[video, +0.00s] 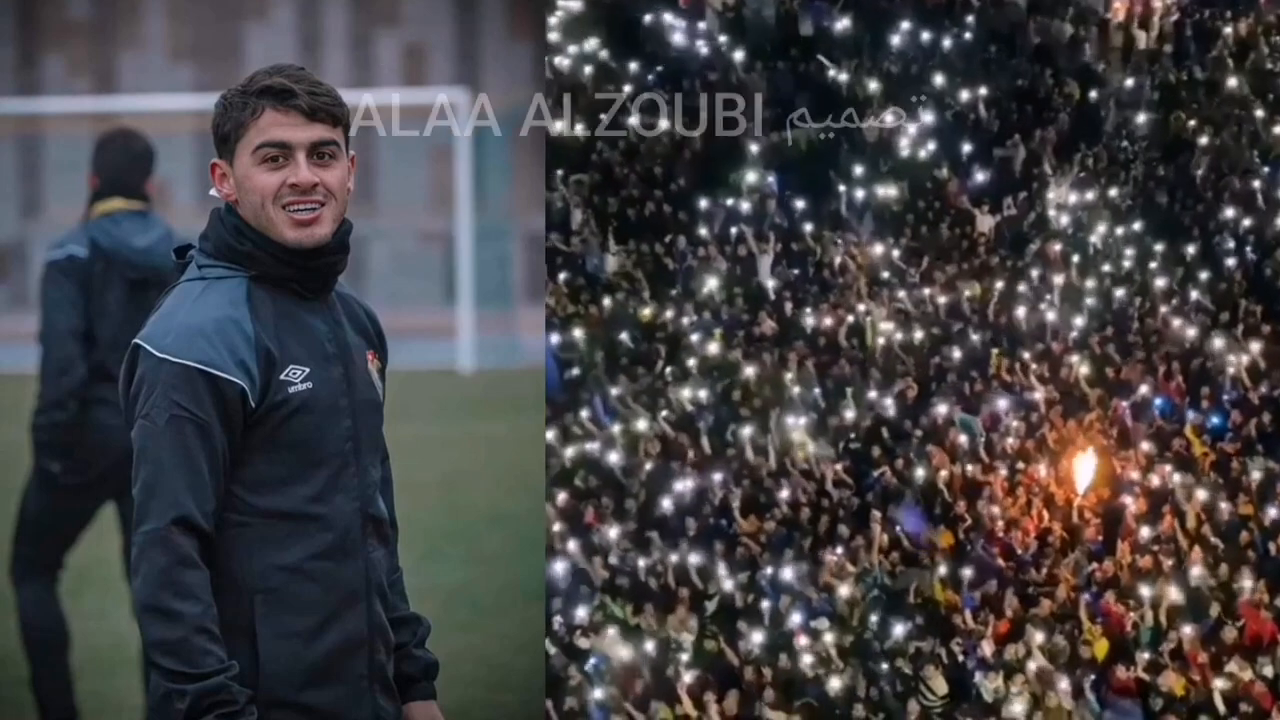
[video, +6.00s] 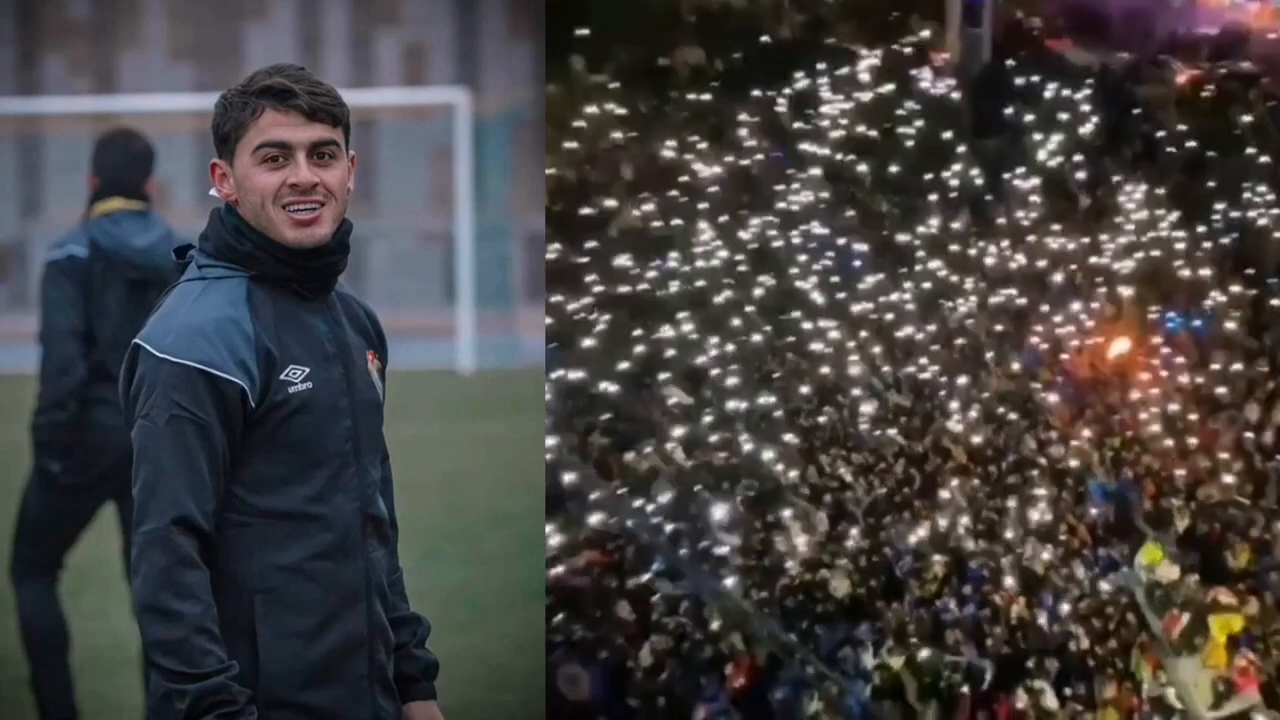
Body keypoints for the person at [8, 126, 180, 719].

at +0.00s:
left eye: (93, 173)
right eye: (149, 178)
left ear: (94, 180)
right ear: (152, 185)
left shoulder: (73, 253)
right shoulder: (178, 254)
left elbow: (65, 361)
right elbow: (190, 352)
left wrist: (52, 442)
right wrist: (175, 429)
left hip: (88, 448)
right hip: (158, 448)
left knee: (34, 569)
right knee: (156, 580)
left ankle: (57, 708)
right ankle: (167, 705)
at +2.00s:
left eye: (94, 173)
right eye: (150, 178)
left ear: (94, 180)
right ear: (152, 185)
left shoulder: (73, 253)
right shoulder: (178, 254)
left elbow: (65, 362)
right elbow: (191, 352)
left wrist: (52, 442)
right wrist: (175, 429)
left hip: (88, 448)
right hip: (158, 447)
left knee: (34, 569)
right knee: (156, 580)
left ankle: (57, 709)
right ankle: (167, 706)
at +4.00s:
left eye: (93, 174)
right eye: (150, 178)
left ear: (94, 180)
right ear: (152, 185)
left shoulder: (74, 253)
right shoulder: (178, 254)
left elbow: (65, 360)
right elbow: (190, 351)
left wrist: (51, 439)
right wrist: (175, 426)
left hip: (88, 447)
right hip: (158, 446)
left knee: (33, 569)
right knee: (157, 580)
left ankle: (57, 708)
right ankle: (167, 704)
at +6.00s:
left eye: (92, 174)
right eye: (150, 178)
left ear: (94, 180)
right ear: (152, 185)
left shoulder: (73, 254)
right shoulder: (178, 255)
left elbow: (65, 363)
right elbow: (190, 352)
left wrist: (51, 441)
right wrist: (175, 428)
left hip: (87, 449)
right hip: (158, 447)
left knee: (33, 569)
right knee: (157, 580)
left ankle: (56, 707)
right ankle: (167, 704)